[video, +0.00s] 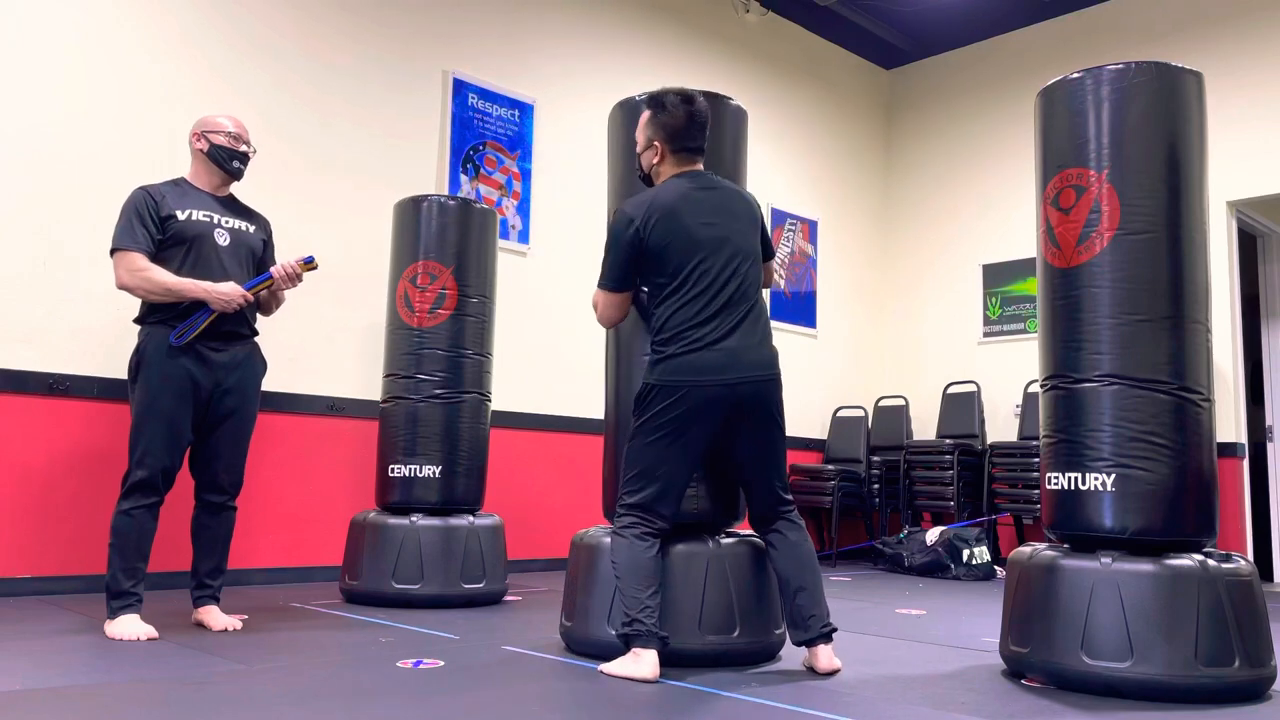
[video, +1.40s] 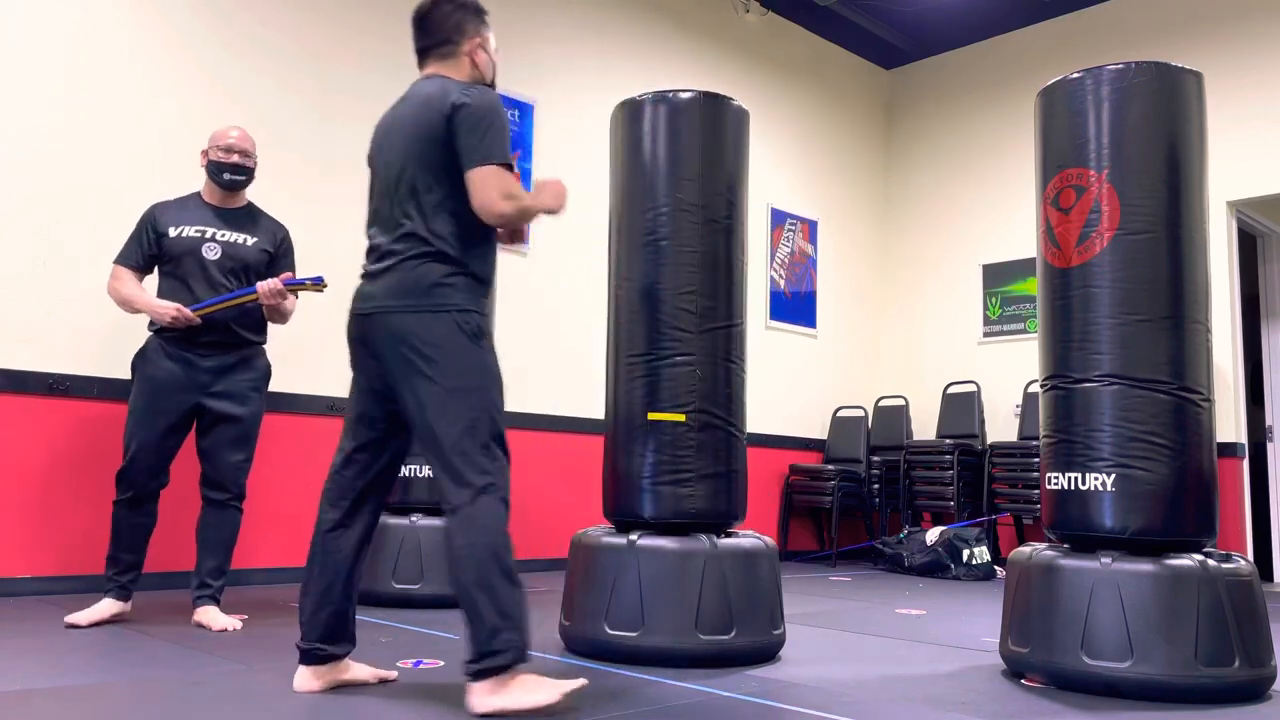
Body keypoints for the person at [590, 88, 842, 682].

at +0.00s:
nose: (638, 153)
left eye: (642, 144)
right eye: (639, 143)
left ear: (657, 148)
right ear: (698, 144)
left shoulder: (638, 213)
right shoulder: (743, 202)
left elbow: (609, 312)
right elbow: (762, 279)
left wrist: (643, 276)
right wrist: (703, 273)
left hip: (681, 381)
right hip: (757, 377)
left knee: (641, 519)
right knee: (776, 508)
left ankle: (642, 651)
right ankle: (820, 644)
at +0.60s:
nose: (594, 88)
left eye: (587, 81)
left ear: (588, 85)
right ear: (652, 85)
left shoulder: (554, 154)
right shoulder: (691, 152)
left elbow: (528, 263)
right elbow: (729, 259)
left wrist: (552, 325)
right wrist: (751, 336)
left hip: (592, 333)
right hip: (676, 330)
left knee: (602, 495)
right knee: (714, 470)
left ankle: (633, 653)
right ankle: (714, 626)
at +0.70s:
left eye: (584, 73)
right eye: (637, 72)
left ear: (574, 77)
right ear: (641, 78)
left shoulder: (538, 149)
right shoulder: (680, 146)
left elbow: (510, 258)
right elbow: (710, 253)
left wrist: (507, 342)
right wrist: (730, 341)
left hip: (571, 330)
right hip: (655, 327)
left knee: (598, 486)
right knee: (682, 475)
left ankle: (625, 650)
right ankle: (621, 611)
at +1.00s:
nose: (596, 64)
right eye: (596, 54)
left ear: (523, 63)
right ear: (589, 54)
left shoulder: (479, 131)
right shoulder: (610, 117)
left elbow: (451, 237)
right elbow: (652, 231)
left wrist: (425, 330)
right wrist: (657, 326)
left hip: (496, 318)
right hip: (572, 310)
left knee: (533, 471)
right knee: (567, 487)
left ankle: (525, 626)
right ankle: (538, 678)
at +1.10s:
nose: (570, 48)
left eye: (563, 38)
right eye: (568, 38)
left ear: (499, 49)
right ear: (562, 40)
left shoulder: (460, 124)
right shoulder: (581, 99)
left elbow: (437, 235)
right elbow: (620, 203)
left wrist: (435, 330)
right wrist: (625, 285)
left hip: (471, 311)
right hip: (544, 307)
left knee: (485, 474)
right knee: (541, 490)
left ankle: (430, 626)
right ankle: (532, 680)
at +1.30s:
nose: (519, 60)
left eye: (516, 47)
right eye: (517, 47)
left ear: (448, 55)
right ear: (501, 48)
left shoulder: (416, 124)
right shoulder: (500, 105)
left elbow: (414, 237)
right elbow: (532, 199)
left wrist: (497, 280)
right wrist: (575, 224)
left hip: (407, 316)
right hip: (469, 313)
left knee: (379, 487)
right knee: (509, 488)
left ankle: (325, 656)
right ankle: (528, 678)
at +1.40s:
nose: (494, 60)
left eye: (493, 49)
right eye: (492, 48)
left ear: (424, 50)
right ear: (476, 46)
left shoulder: (395, 114)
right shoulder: (472, 101)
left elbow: (404, 214)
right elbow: (494, 205)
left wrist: (492, 226)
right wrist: (540, 199)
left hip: (376, 312)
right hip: (436, 314)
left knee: (355, 485)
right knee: (477, 485)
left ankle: (321, 656)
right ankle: (497, 671)